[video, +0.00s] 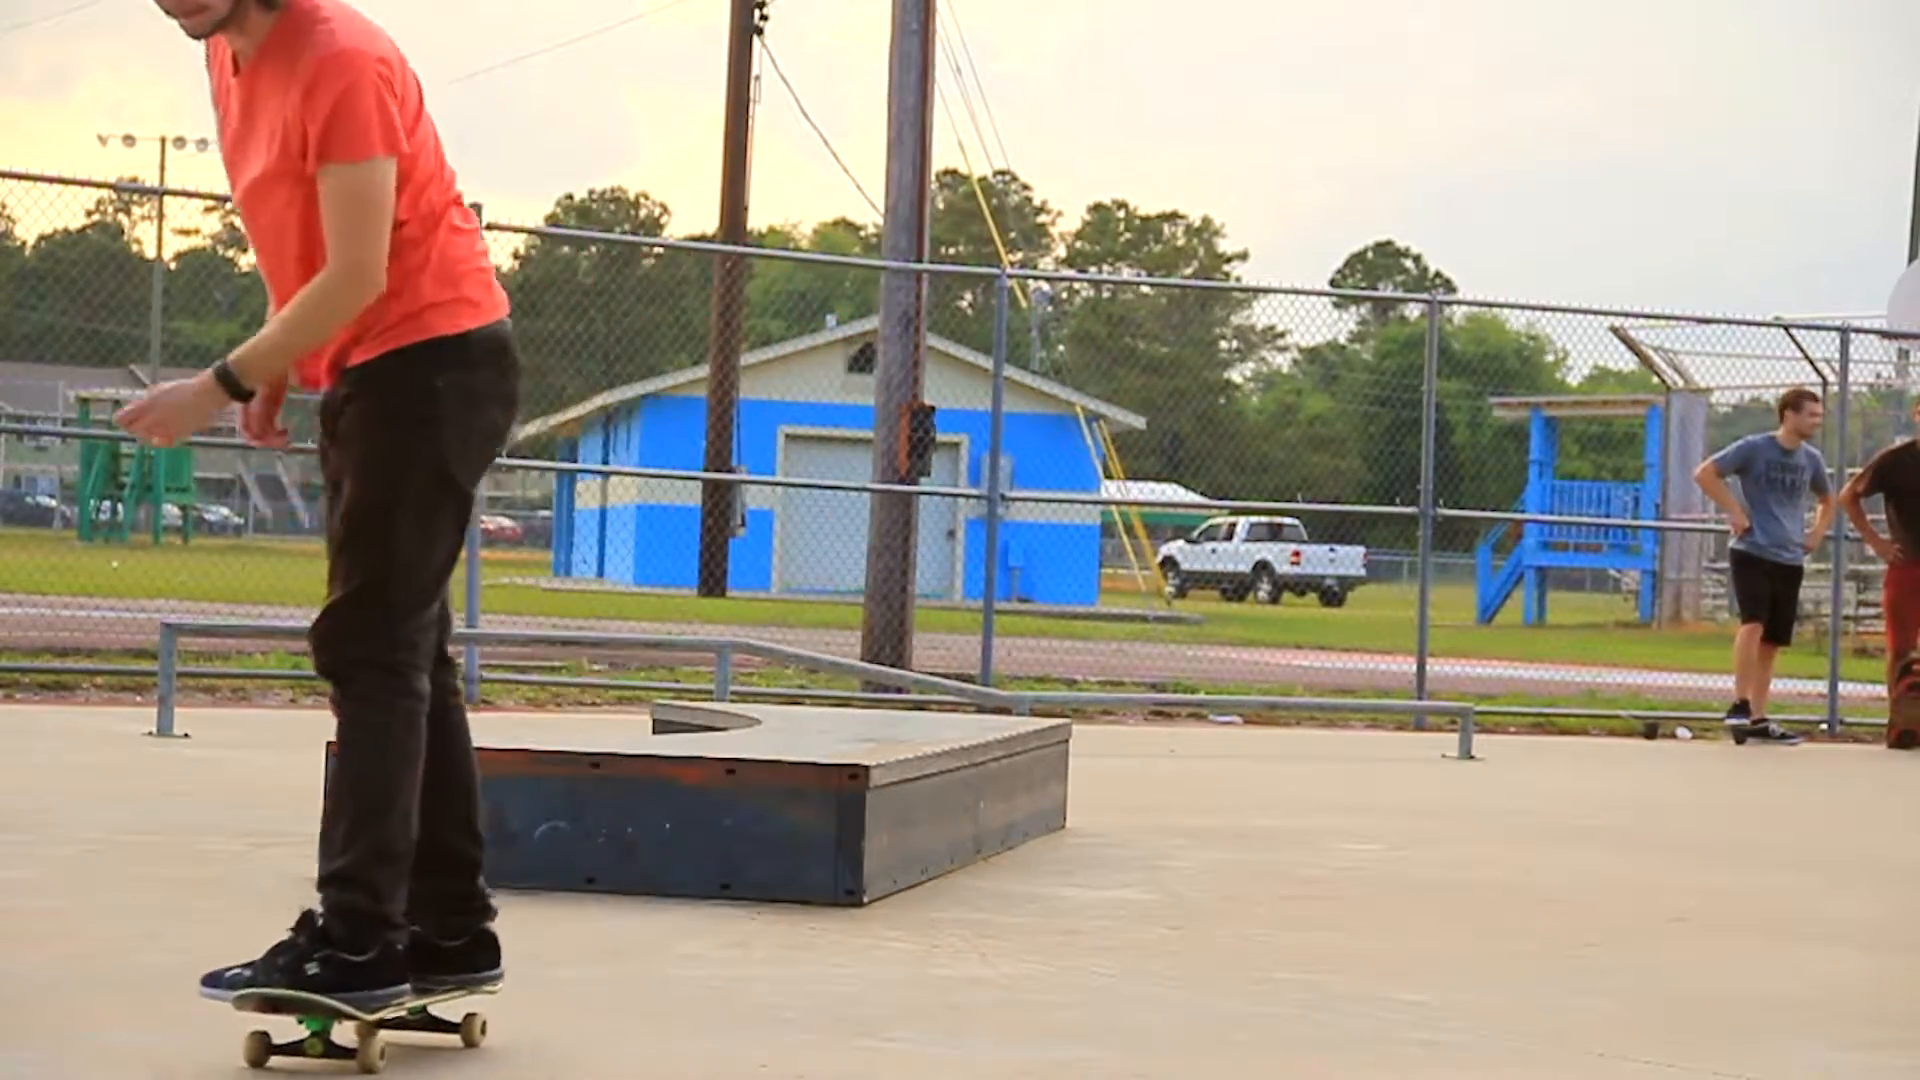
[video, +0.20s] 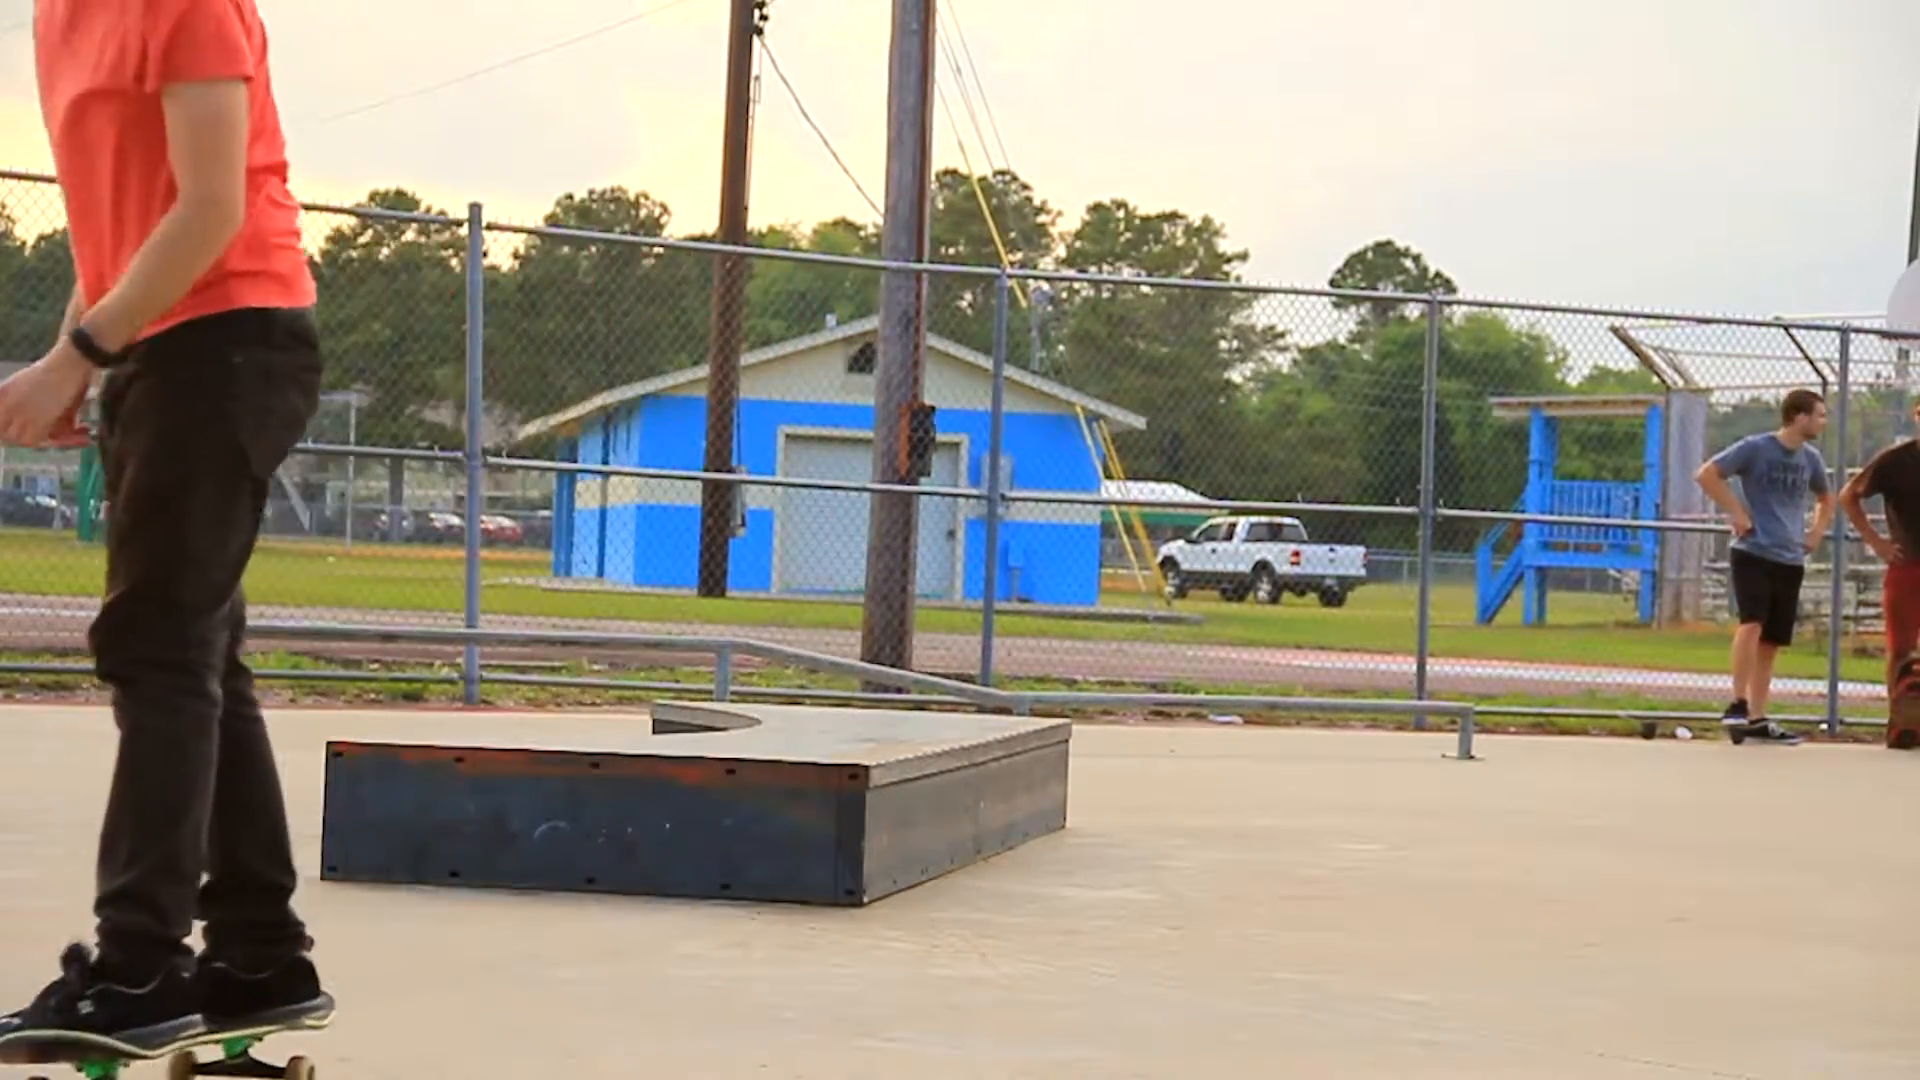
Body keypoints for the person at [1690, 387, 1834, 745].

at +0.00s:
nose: (1817, 422)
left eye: (1819, 415)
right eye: (1812, 415)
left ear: (1816, 420)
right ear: (1788, 415)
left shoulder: (1812, 459)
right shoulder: (1755, 447)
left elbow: (1828, 500)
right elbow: (1705, 473)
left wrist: (1817, 534)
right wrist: (1735, 511)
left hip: (1789, 557)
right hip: (1752, 550)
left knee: (1772, 641)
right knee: (1753, 624)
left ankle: (1758, 717)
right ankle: (1741, 704)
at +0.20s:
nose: (1824, 422)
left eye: (1824, 416)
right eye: (1820, 415)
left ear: (1806, 419)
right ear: (1798, 417)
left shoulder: (1811, 458)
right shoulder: (1756, 447)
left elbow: (1827, 499)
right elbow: (1707, 474)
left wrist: (1817, 532)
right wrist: (1737, 513)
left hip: (1790, 557)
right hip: (1753, 551)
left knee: (1771, 641)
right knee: (1752, 624)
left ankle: (1757, 716)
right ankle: (1739, 704)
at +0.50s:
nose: (1807, 401)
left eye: (1814, 395)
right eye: (1802, 395)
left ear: (1827, 400)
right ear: (1793, 400)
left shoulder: (1848, 444)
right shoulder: (1772, 445)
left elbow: (1889, 483)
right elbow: (1757, 501)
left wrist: (1859, 514)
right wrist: (1749, 553)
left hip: (1825, 555)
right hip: (1781, 553)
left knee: (1817, 639)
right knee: (1774, 636)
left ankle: (1808, 714)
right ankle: (1770, 712)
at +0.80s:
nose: (1803, 402)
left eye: (1809, 395)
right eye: (1797, 395)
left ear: (1824, 399)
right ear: (1789, 401)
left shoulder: (1847, 444)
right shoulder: (1771, 446)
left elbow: (1889, 482)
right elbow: (1755, 502)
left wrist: (1860, 514)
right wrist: (1751, 554)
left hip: (1827, 556)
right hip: (1782, 554)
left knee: (1818, 640)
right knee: (1774, 636)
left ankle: (1807, 714)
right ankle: (1770, 712)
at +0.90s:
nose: (1802, 402)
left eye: (1808, 395)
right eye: (1796, 395)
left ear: (1823, 400)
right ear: (1789, 402)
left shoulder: (1847, 443)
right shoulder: (1771, 446)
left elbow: (1889, 482)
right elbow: (1756, 503)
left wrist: (1860, 514)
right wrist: (1753, 554)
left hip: (1826, 556)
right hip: (1781, 554)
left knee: (1818, 640)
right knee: (1774, 636)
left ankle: (1808, 714)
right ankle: (1770, 712)